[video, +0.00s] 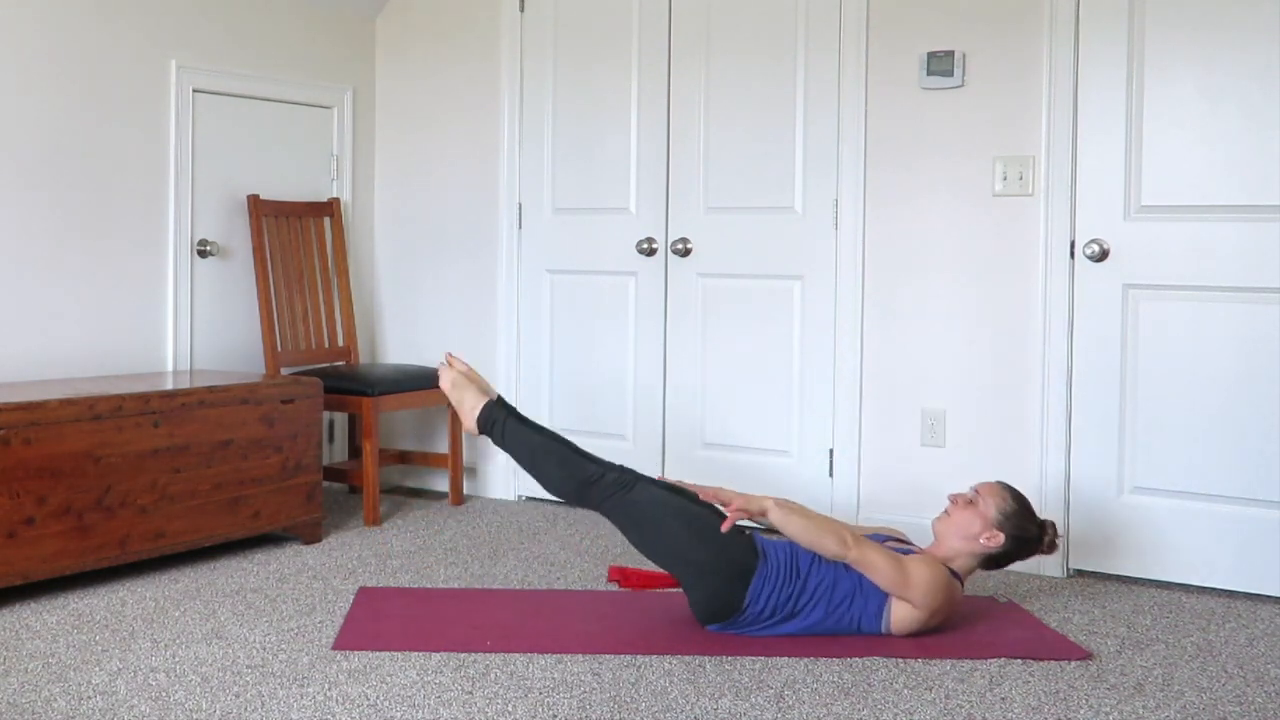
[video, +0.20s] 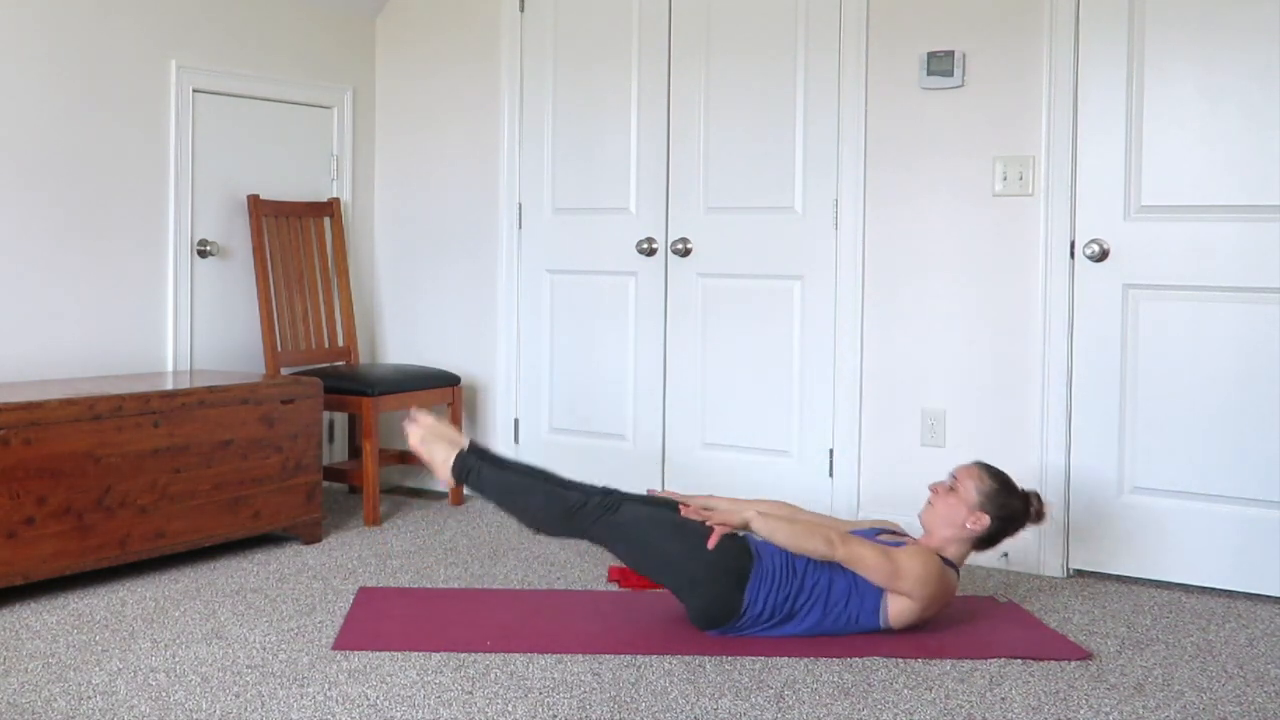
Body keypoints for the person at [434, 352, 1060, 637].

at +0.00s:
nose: (953, 501)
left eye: (969, 505)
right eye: (966, 496)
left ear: (985, 543)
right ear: (967, 527)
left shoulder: (930, 585)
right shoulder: (912, 559)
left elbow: (843, 543)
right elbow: (822, 533)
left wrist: (767, 509)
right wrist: (744, 504)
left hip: (739, 582)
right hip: (740, 563)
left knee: (606, 484)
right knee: (607, 480)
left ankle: (484, 409)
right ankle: (486, 414)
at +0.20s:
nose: (932, 495)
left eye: (949, 495)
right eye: (941, 487)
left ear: (973, 529)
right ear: (948, 508)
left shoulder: (925, 577)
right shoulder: (904, 543)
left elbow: (833, 548)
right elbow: (815, 524)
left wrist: (744, 517)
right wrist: (729, 507)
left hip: (736, 586)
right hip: (739, 565)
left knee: (598, 510)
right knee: (602, 504)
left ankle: (456, 458)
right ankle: (462, 463)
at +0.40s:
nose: (892, 438)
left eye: (910, 435)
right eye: (900, 428)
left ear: (940, 464)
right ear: (915, 450)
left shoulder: (907, 524)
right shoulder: (876, 494)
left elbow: (809, 524)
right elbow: (788, 496)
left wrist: (711, 514)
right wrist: (701, 496)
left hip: (729, 588)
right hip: (726, 565)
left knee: (597, 491)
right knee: (598, 487)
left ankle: (449, 520)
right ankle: (454, 514)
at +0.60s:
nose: (829, 380)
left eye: (843, 376)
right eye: (836, 370)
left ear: (872, 403)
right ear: (863, 400)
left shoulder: (863, 472)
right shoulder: (827, 451)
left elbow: (757, 497)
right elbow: (737, 476)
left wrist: (657, 513)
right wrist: (650, 504)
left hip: (724, 595)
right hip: (717, 574)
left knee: (635, 446)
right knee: (632, 445)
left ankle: (500, 503)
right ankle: (497, 489)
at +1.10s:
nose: (862, 408)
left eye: (877, 404)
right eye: (871, 399)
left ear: (906, 431)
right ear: (896, 425)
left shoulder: (875, 494)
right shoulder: (860, 475)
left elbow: (770, 493)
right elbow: (762, 480)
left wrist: (677, 490)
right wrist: (672, 486)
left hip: (726, 595)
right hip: (727, 570)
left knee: (617, 463)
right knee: (618, 458)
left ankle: (468, 482)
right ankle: (473, 474)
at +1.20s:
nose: (898, 442)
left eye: (915, 441)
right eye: (907, 433)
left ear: (940, 471)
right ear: (923, 459)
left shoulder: (902, 527)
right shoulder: (884, 505)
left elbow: (800, 508)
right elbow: (789, 499)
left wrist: (700, 491)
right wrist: (696, 487)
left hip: (727, 586)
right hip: (729, 566)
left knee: (590, 493)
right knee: (594, 492)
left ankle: (445, 494)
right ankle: (450, 490)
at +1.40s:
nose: (941, 496)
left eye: (958, 496)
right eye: (951, 489)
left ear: (980, 532)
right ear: (965, 518)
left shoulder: (926, 571)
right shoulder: (920, 556)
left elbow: (836, 526)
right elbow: (833, 525)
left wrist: (751, 488)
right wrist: (741, 487)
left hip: (739, 584)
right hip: (741, 564)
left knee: (602, 513)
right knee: (602, 505)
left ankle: (457, 479)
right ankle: (463, 472)